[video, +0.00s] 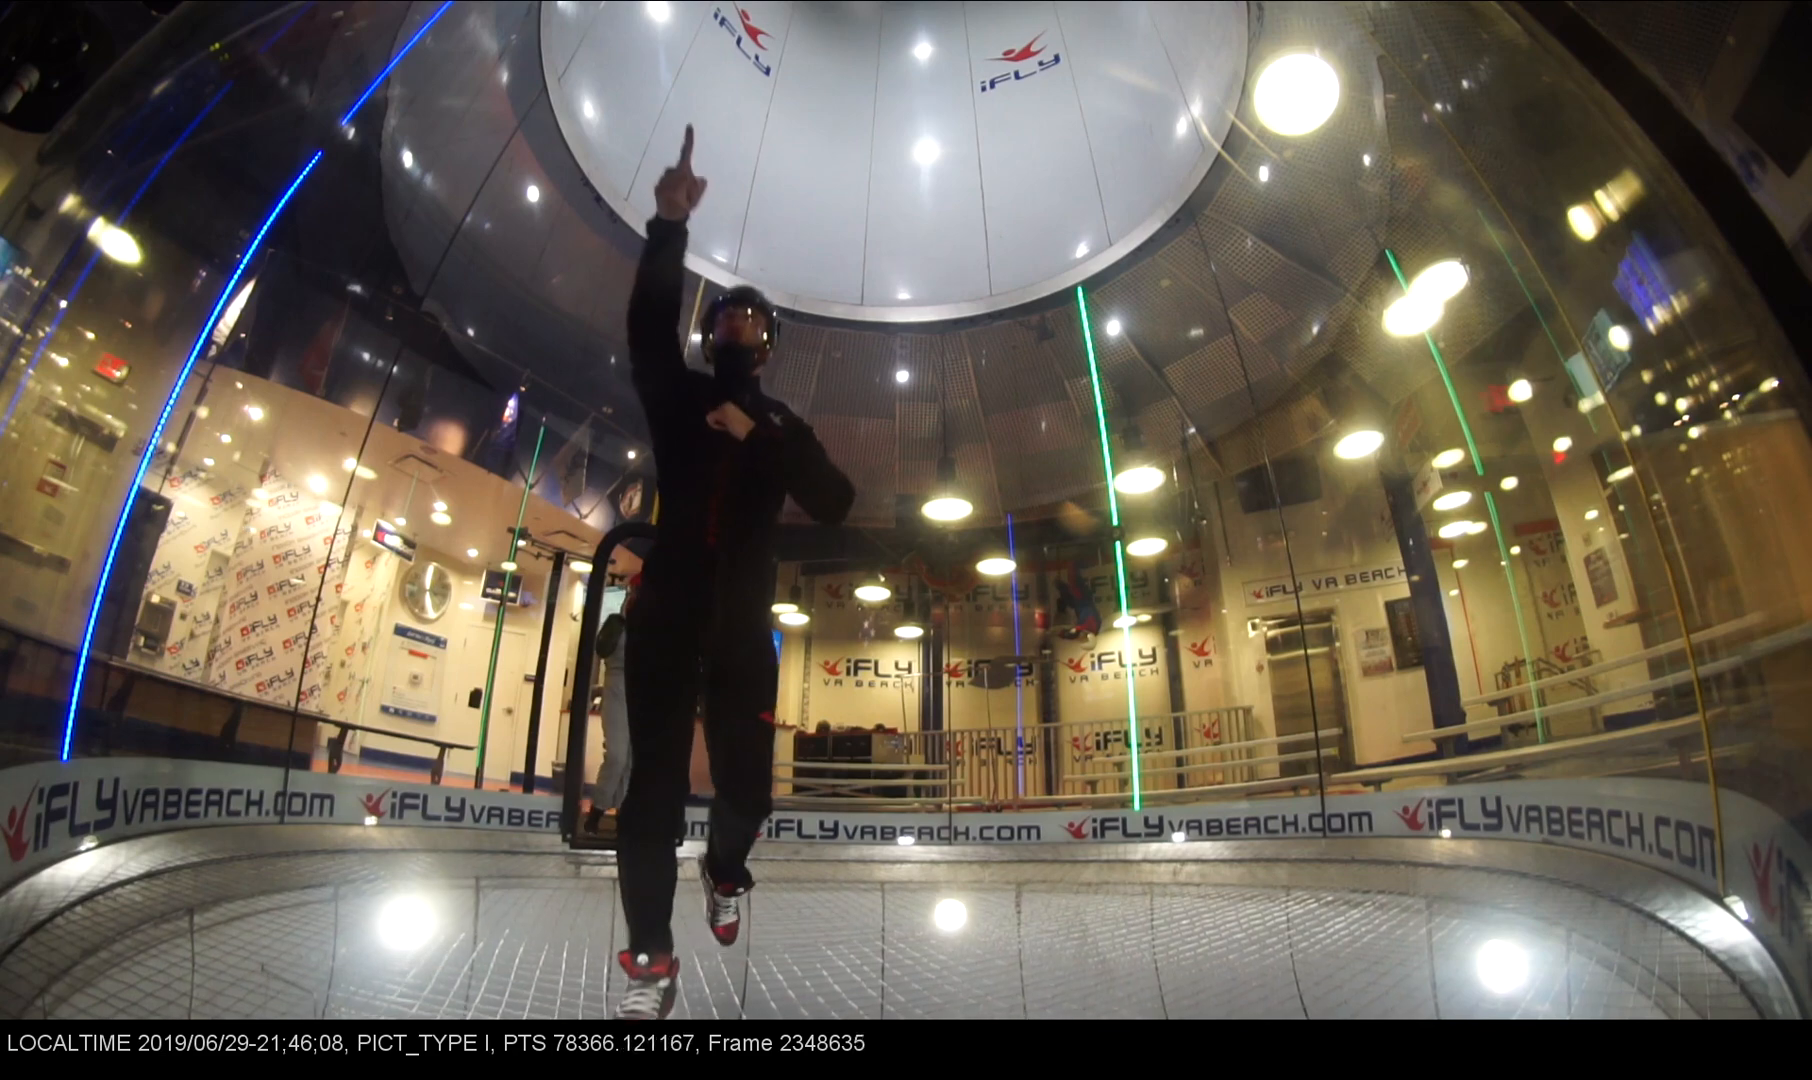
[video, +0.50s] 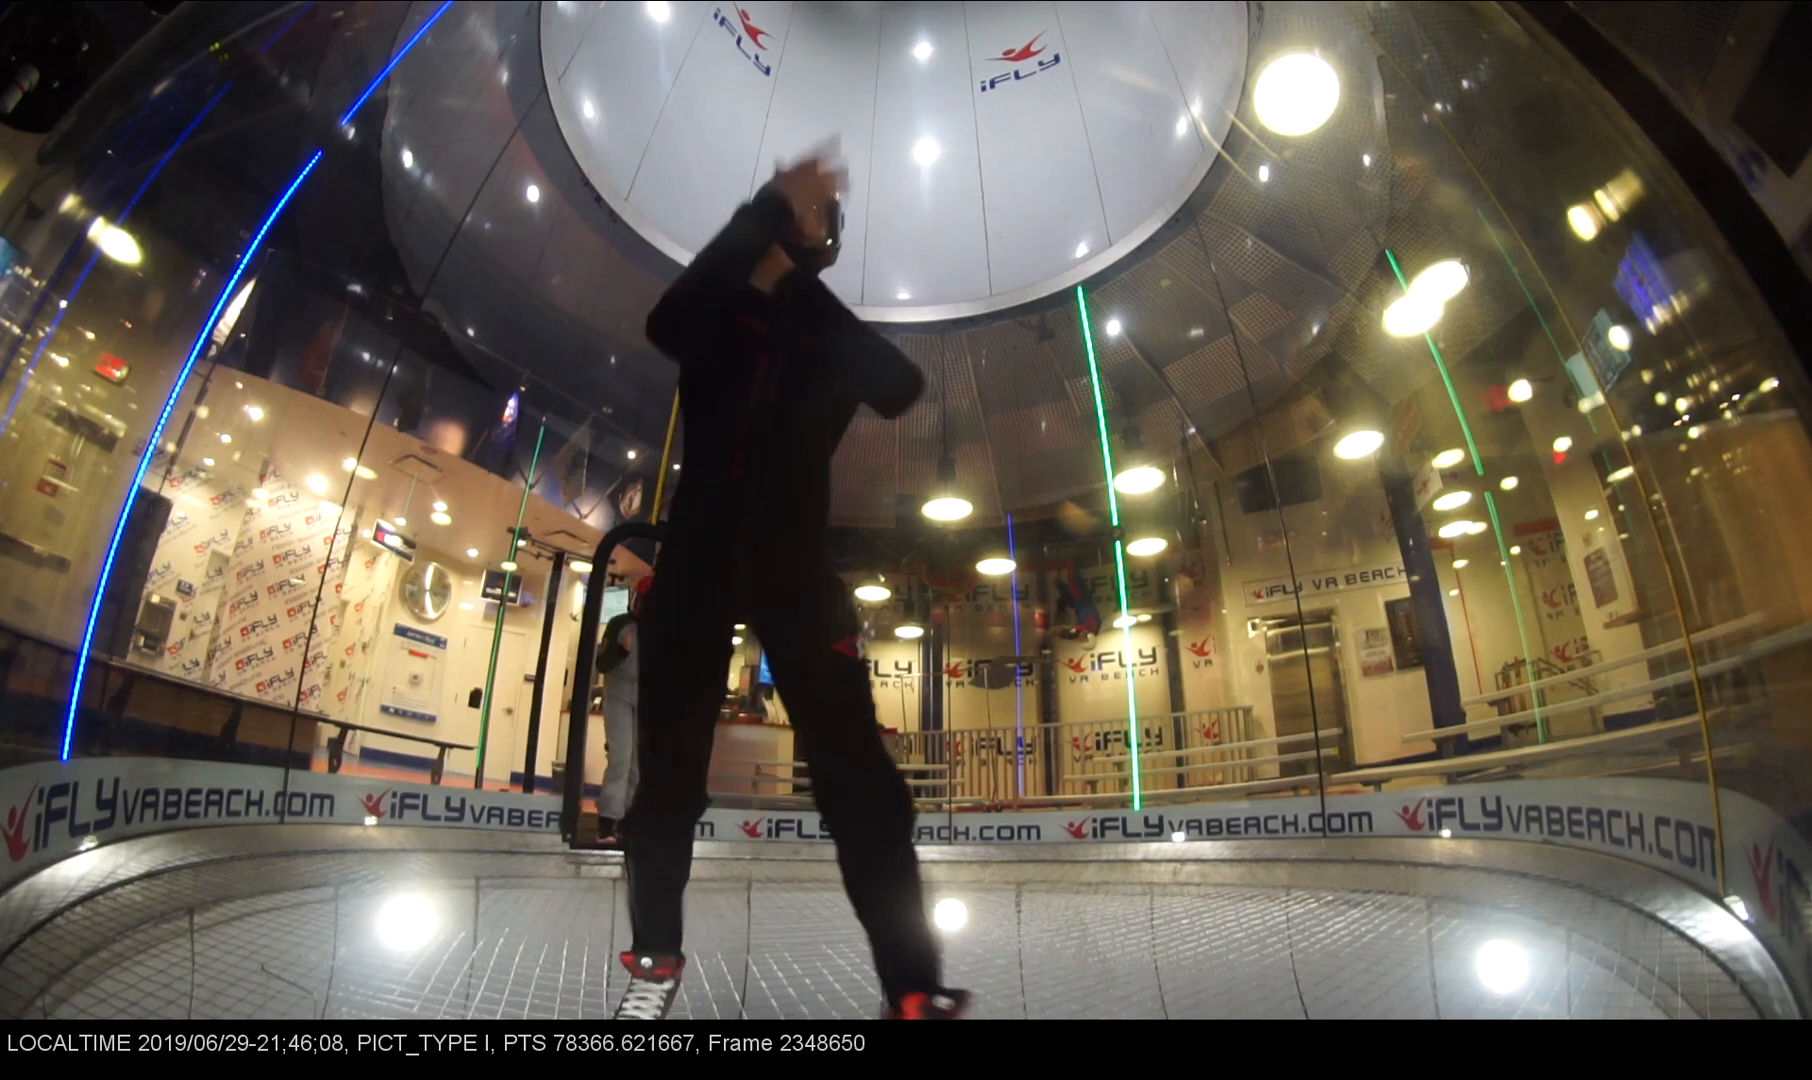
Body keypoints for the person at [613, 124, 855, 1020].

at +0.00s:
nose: (742, 325)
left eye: (755, 320)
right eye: (730, 316)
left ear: (770, 343)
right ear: (707, 333)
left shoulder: (785, 425)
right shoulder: (676, 395)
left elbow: (834, 504)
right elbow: (652, 322)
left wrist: (763, 434)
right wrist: (669, 225)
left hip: (742, 612)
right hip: (664, 606)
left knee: (747, 782)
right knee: (656, 779)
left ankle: (725, 872)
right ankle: (649, 943)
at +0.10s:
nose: (744, 305)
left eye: (759, 300)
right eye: (732, 294)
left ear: (775, 324)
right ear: (706, 312)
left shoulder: (789, 407)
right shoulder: (671, 381)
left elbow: (842, 484)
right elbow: (625, 335)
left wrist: (762, 411)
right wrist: (677, 223)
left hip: (747, 605)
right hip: (666, 599)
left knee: (752, 784)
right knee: (655, 778)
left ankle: (721, 868)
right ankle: (646, 948)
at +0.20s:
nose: (757, 295)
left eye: (768, 285)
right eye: (750, 282)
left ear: (779, 301)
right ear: (720, 295)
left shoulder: (789, 378)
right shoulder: (677, 366)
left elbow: (834, 429)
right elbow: (629, 381)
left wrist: (763, 328)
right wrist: (709, 276)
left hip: (750, 595)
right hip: (668, 592)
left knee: (761, 785)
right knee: (655, 781)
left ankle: (732, 894)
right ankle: (647, 959)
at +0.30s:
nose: (795, 275)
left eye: (799, 266)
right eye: (783, 260)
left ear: (792, 281)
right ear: (738, 262)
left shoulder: (799, 359)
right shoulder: (687, 337)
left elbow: (845, 394)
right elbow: (644, 369)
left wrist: (770, 312)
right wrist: (715, 281)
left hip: (763, 575)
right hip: (676, 571)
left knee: (776, 756)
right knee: (655, 765)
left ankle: (773, 930)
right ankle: (650, 955)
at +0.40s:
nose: (812, 247)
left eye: (813, 238)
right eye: (800, 232)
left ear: (805, 263)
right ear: (754, 237)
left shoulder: (814, 343)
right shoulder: (696, 321)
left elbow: (863, 381)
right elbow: (649, 353)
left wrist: (773, 284)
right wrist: (729, 270)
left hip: (771, 564)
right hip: (681, 561)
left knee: (808, 758)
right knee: (660, 762)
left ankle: (841, 954)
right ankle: (653, 956)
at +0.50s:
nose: (817, 227)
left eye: (827, 218)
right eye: (804, 213)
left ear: (830, 243)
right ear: (765, 230)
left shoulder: (836, 333)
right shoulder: (709, 310)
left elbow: (901, 389)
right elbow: (665, 326)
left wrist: (806, 286)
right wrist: (765, 210)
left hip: (796, 564)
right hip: (696, 558)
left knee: (856, 770)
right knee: (668, 765)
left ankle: (914, 988)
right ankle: (654, 959)